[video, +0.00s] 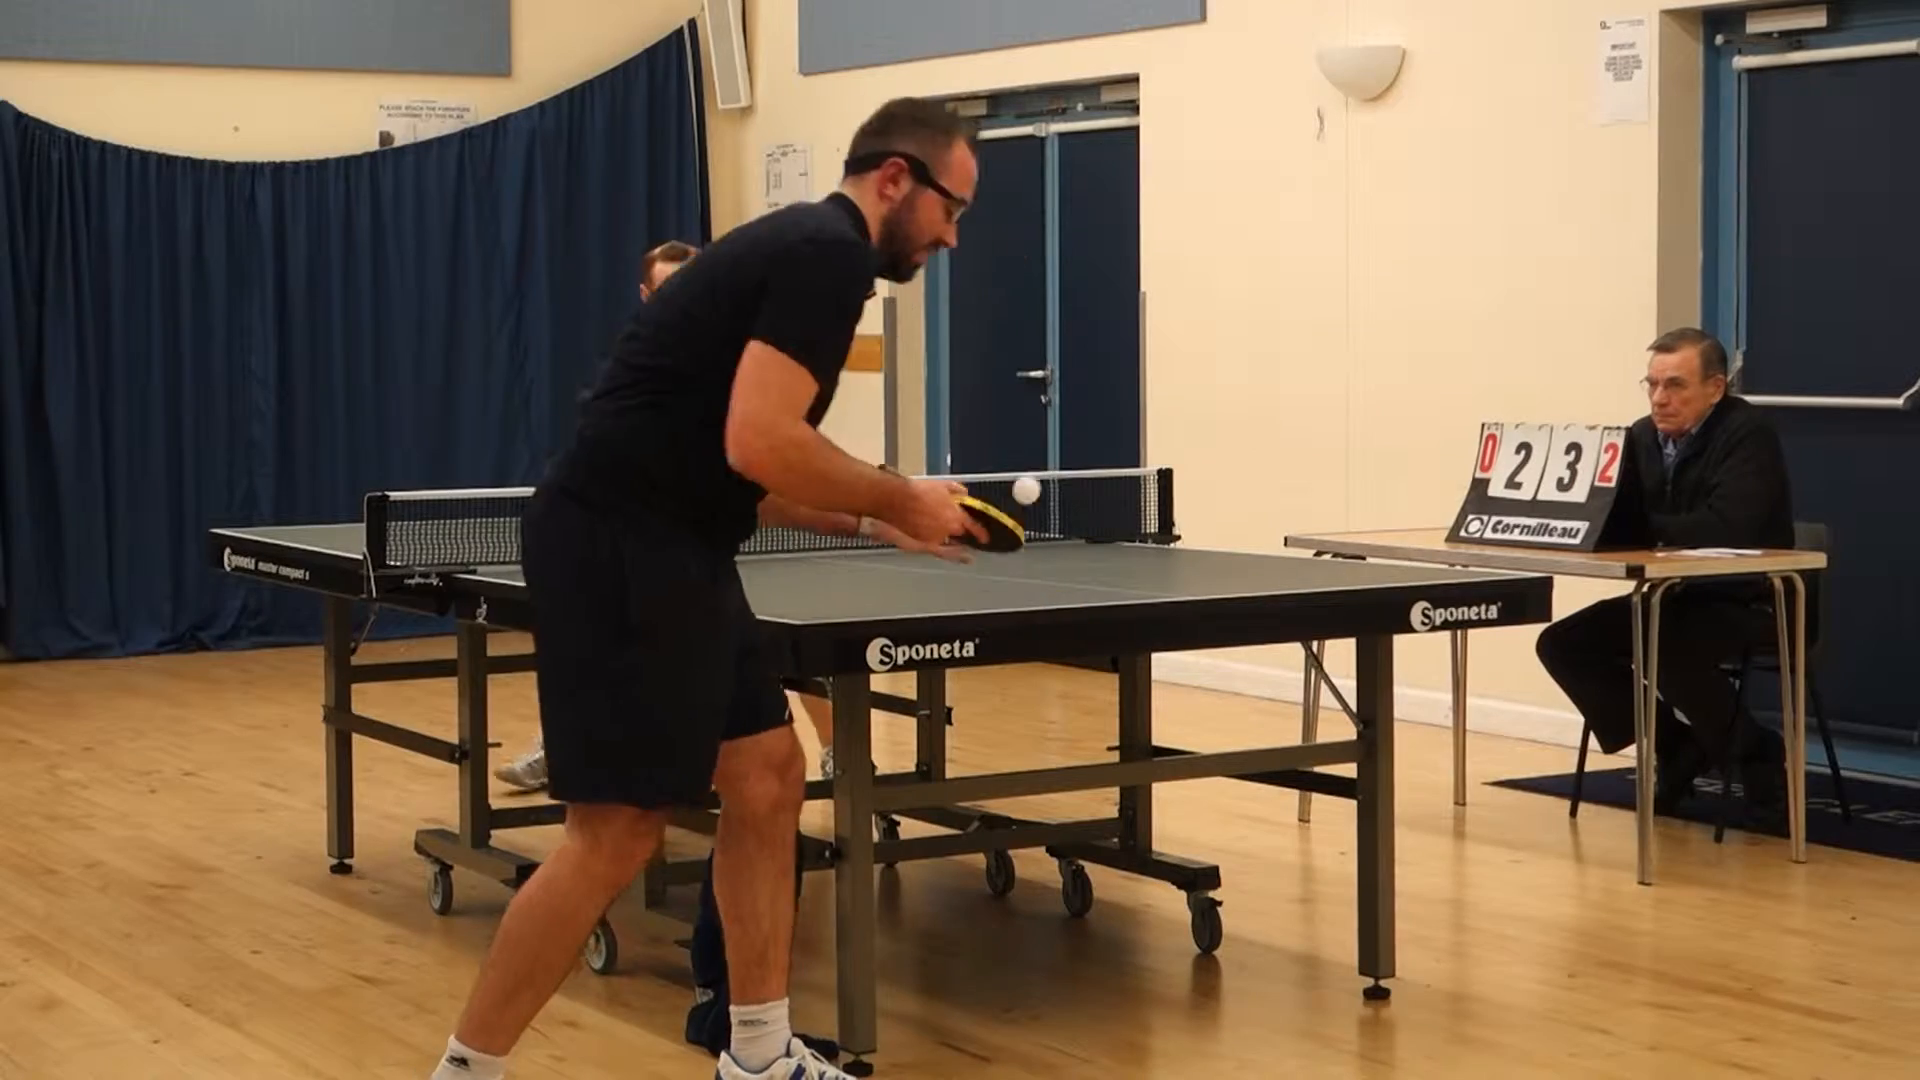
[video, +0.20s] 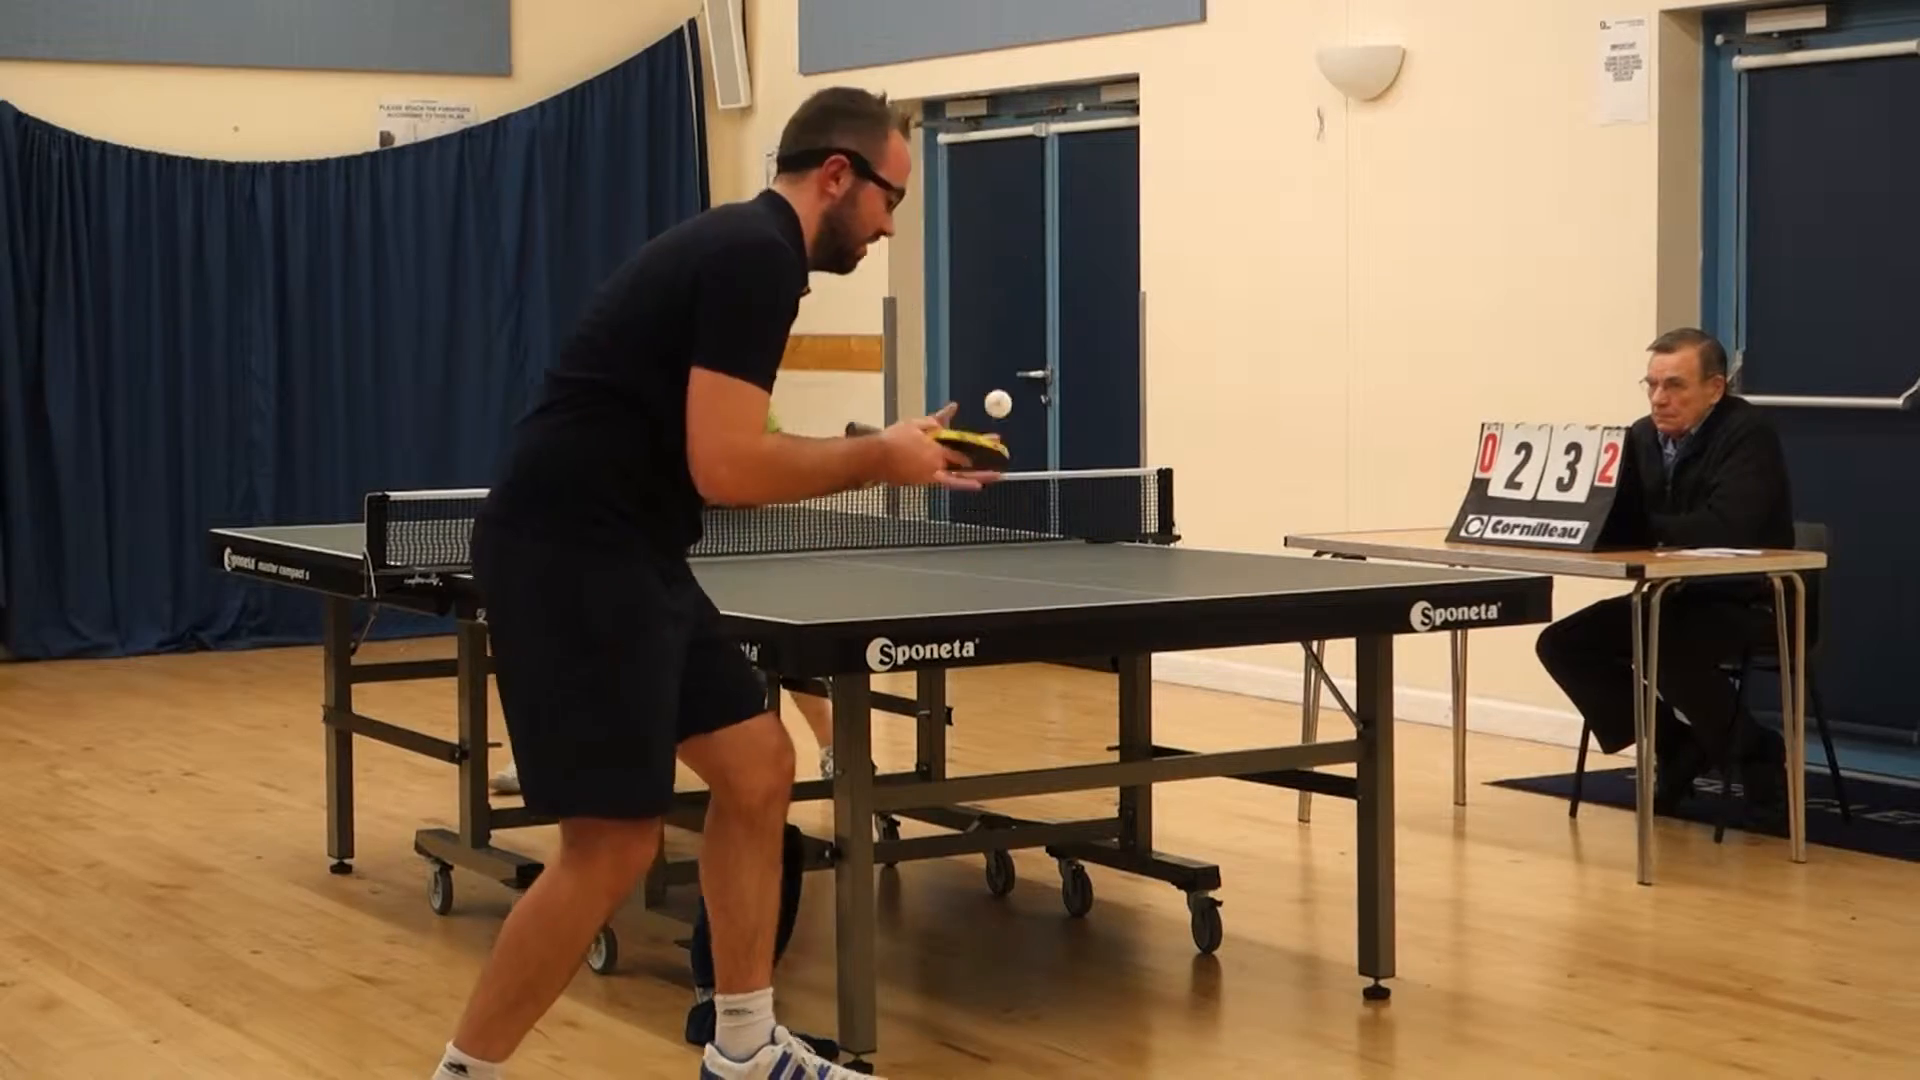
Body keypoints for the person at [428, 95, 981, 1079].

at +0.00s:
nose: (953, 233)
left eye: (961, 211)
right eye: (952, 204)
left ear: (886, 183)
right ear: (891, 180)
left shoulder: (813, 249)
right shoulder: (825, 249)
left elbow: (757, 467)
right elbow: (760, 440)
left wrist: (885, 511)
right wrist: (902, 497)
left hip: (676, 544)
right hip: (612, 539)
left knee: (767, 770)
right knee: (617, 829)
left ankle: (761, 1049)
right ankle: (467, 1065)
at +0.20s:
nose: (893, 222)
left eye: (899, 197)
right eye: (892, 192)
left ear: (823, 175)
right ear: (837, 175)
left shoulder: (747, 249)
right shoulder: (752, 254)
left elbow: (735, 460)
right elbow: (727, 469)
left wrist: (879, 450)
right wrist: (877, 460)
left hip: (629, 559)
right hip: (564, 559)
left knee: (759, 768)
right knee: (612, 842)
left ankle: (744, 1047)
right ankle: (462, 1069)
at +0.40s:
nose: (900, 246)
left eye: (907, 223)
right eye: (901, 218)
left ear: (834, 199)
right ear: (852, 200)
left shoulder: (754, 272)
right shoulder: (756, 272)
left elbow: (757, 493)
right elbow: (737, 485)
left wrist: (907, 444)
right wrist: (872, 422)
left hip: (625, 567)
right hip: (560, 567)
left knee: (752, 774)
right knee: (632, 849)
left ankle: (725, 1050)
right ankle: (464, 1070)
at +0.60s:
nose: (945, 295)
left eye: (953, 276)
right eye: (950, 271)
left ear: (886, 243)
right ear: (905, 248)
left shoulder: (802, 302)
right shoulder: (805, 302)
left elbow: (790, 511)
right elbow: (785, 513)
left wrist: (923, 454)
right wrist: (912, 433)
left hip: (655, 580)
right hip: (589, 580)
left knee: (782, 779)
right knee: (679, 858)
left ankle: (732, 1052)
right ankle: (470, 1065)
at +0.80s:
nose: (979, 317)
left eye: (988, 297)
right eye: (983, 291)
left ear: (921, 259)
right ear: (943, 265)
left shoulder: (838, 310)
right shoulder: (847, 310)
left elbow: (831, 523)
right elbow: (815, 516)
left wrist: (961, 480)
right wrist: (932, 426)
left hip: (675, 565)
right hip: (618, 562)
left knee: (791, 783)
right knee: (693, 854)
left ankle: (733, 1052)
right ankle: (476, 1059)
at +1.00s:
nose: (995, 317)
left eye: (1004, 298)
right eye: (1000, 290)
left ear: (944, 258)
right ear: (960, 259)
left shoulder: (844, 306)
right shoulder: (867, 287)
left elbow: (824, 522)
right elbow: (848, 488)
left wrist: (974, 503)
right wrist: (963, 406)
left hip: (691, 555)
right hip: (627, 547)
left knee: (790, 781)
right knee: (688, 839)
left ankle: (733, 1052)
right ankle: (463, 1055)